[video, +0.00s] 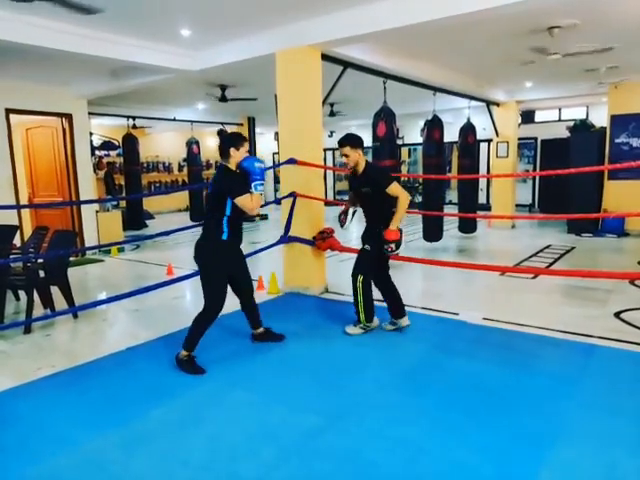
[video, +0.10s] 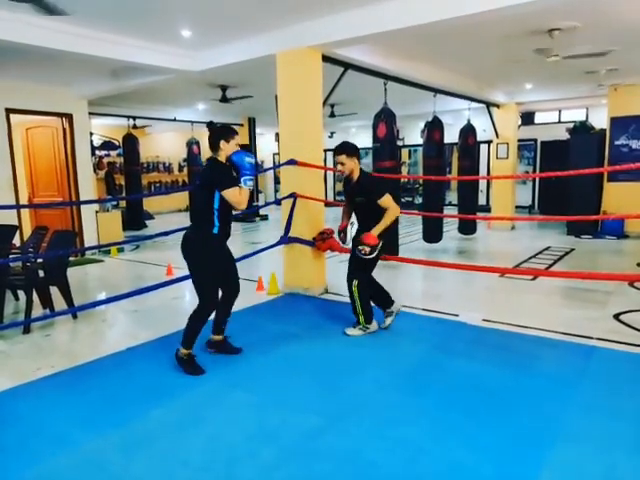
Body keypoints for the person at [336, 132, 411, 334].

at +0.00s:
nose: (344, 161)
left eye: (347, 156)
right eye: (342, 157)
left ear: (359, 152)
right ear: (346, 155)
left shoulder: (375, 173)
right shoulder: (354, 176)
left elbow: (404, 196)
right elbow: (357, 197)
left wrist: (394, 227)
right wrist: (348, 207)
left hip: (381, 230)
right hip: (372, 229)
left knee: (360, 275)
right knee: (380, 275)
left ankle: (366, 321)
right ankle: (399, 316)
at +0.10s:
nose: (338, 168)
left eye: (342, 164)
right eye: (337, 164)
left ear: (355, 161)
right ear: (338, 163)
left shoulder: (370, 182)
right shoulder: (348, 182)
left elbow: (394, 210)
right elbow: (349, 205)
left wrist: (374, 234)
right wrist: (343, 225)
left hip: (376, 234)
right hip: (363, 231)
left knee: (356, 278)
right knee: (359, 276)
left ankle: (366, 323)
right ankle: (389, 305)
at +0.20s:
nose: (335, 172)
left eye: (339, 167)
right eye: (334, 167)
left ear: (352, 164)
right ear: (335, 166)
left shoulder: (364, 187)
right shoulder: (343, 185)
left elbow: (380, 220)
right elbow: (344, 210)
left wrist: (351, 233)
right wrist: (338, 230)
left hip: (371, 237)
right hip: (357, 235)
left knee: (354, 279)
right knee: (342, 270)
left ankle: (366, 324)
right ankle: (372, 299)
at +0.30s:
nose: (332, 162)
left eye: (335, 157)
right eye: (329, 158)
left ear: (347, 155)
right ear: (329, 157)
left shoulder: (359, 177)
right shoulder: (337, 177)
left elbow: (372, 211)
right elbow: (339, 204)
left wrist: (343, 217)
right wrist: (331, 219)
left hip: (362, 233)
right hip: (345, 231)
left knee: (353, 277)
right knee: (338, 269)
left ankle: (366, 323)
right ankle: (352, 306)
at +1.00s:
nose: (310, 165)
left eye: (314, 160)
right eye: (308, 161)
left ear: (327, 160)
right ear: (308, 162)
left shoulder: (340, 183)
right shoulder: (313, 186)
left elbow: (355, 214)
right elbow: (309, 210)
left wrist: (328, 221)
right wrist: (304, 220)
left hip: (343, 232)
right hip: (324, 233)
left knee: (331, 280)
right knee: (324, 276)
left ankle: (336, 339)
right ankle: (333, 307)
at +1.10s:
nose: (309, 164)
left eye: (312, 159)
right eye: (307, 160)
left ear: (326, 157)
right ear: (309, 161)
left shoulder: (339, 180)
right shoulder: (312, 183)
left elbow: (341, 214)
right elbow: (303, 212)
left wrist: (311, 204)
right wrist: (295, 203)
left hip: (344, 233)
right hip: (326, 231)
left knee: (327, 281)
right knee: (318, 275)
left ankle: (336, 339)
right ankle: (336, 304)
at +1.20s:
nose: (309, 158)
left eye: (311, 153)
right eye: (307, 155)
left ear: (324, 152)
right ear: (309, 155)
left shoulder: (337, 174)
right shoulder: (316, 175)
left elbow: (324, 198)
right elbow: (291, 197)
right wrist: (287, 175)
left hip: (343, 231)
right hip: (327, 229)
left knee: (328, 281)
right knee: (315, 274)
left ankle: (337, 338)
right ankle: (338, 307)